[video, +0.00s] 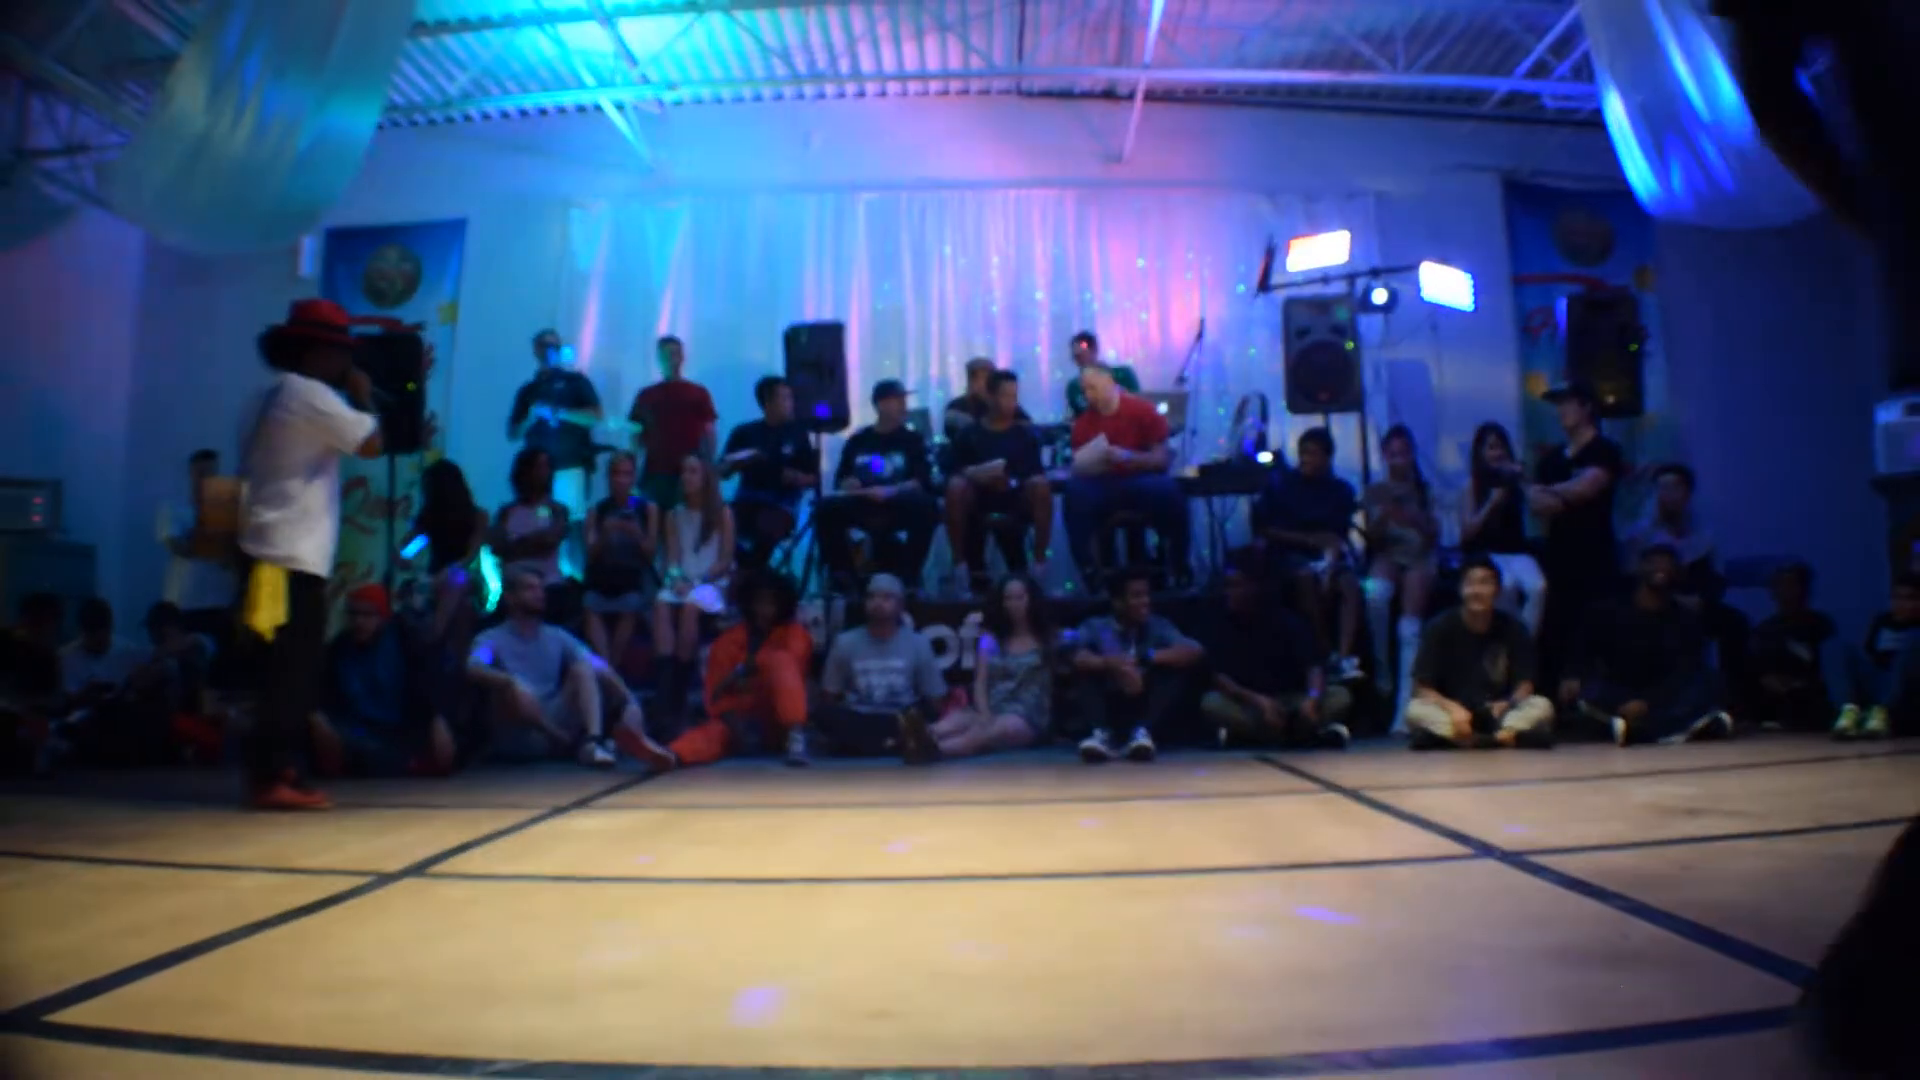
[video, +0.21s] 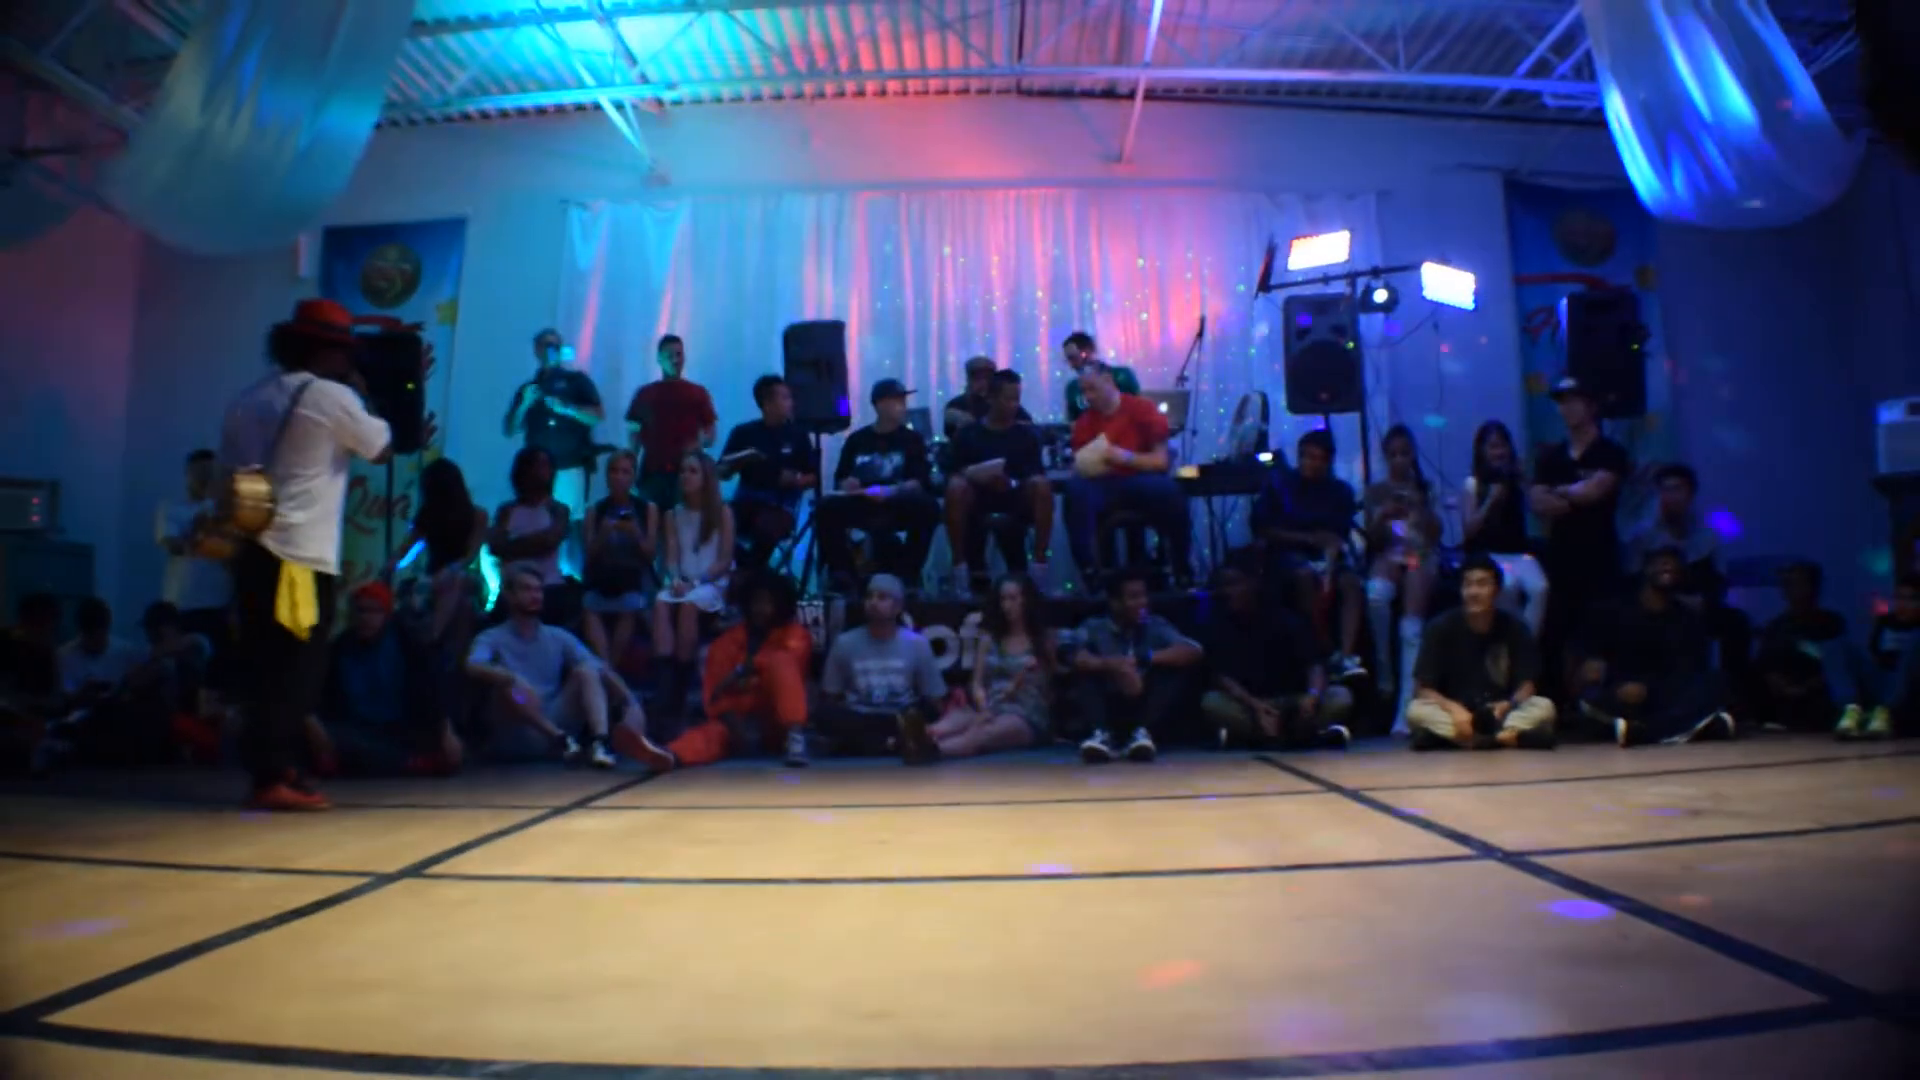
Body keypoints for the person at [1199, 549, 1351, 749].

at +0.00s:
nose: (1233, 592)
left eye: (1239, 585)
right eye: (1230, 586)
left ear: (1257, 587)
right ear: (1225, 587)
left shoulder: (1284, 619)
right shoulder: (1222, 624)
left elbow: (1313, 665)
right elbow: (1217, 677)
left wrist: (1313, 700)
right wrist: (1260, 702)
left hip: (1291, 692)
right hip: (1246, 699)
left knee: (1340, 697)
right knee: (1212, 703)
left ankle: (1246, 735)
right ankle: (1304, 736)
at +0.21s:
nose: (1233, 591)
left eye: (1238, 584)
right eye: (1227, 585)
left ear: (1254, 584)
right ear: (1222, 589)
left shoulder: (1282, 617)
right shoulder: (1221, 625)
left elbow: (1314, 664)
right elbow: (1221, 676)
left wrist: (1312, 698)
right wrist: (1257, 707)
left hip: (1292, 692)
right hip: (1249, 698)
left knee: (1341, 698)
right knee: (1212, 702)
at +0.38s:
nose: (1232, 592)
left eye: (1237, 585)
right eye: (1227, 586)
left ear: (1254, 584)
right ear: (1222, 590)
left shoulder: (1282, 617)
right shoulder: (1223, 626)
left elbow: (1314, 664)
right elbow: (1222, 677)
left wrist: (1312, 698)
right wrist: (1253, 703)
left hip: (1292, 695)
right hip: (1249, 700)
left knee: (1341, 698)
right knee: (1212, 702)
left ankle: (1251, 736)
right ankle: (1307, 737)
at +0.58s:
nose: (1224, 594)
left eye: (1230, 586)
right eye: (1220, 589)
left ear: (1247, 584)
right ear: (1216, 590)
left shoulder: (1276, 615)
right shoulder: (1220, 626)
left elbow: (1311, 661)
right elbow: (1221, 674)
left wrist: (1307, 691)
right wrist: (1248, 694)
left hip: (1290, 692)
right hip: (1251, 697)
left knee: (1338, 697)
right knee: (1214, 700)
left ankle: (1252, 738)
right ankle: (1308, 737)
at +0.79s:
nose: (1217, 594)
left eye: (1223, 586)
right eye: (1212, 589)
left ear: (1240, 585)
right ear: (1207, 592)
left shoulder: (1265, 613)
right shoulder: (1211, 625)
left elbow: (1313, 653)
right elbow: (1212, 670)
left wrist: (1309, 670)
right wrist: (1249, 674)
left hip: (1287, 684)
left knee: (1335, 685)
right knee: (1215, 687)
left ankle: (1251, 736)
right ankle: (1305, 735)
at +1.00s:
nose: (1218, 593)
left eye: (1223, 586)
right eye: (1213, 588)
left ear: (1239, 585)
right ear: (1209, 591)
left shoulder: (1264, 611)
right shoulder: (1212, 622)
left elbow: (1311, 640)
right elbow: (1213, 663)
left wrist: (1287, 661)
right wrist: (1253, 662)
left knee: (1322, 666)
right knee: (1219, 678)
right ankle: (1298, 732)